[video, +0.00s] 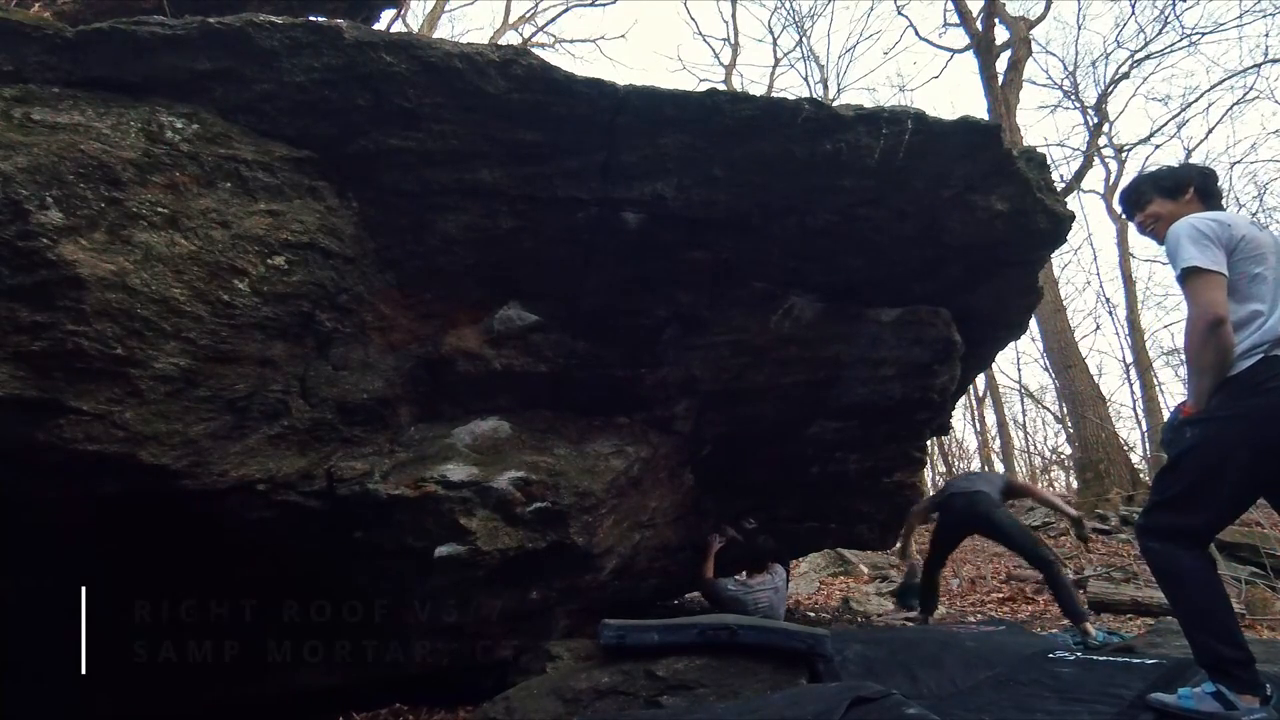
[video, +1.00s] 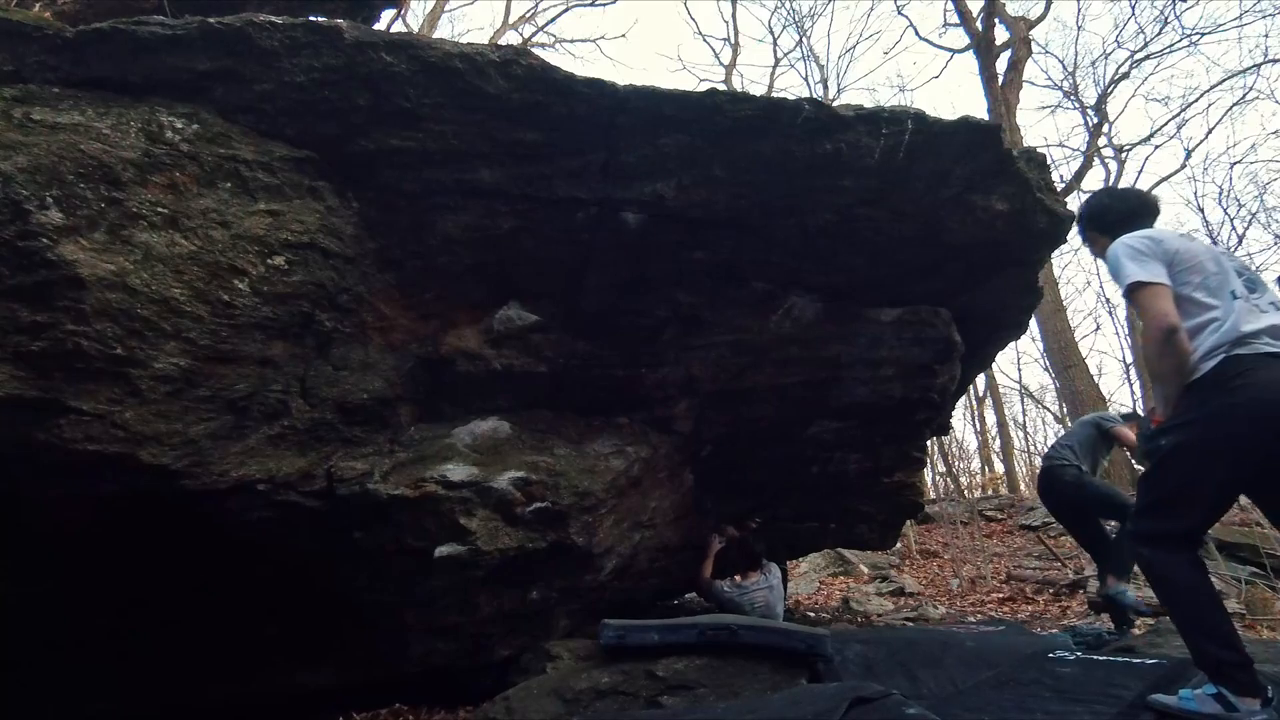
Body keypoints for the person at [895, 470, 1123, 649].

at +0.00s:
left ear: (963, 479)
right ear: (994, 478)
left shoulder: (946, 489)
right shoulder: (1001, 481)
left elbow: (913, 514)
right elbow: (1038, 493)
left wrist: (905, 553)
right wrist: (1077, 519)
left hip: (951, 512)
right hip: (987, 508)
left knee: (932, 565)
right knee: (1048, 562)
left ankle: (924, 618)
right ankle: (1087, 630)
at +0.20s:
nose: (1068, 463)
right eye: (1068, 459)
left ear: (1037, 448)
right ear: (1058, 449)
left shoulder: (1009, 457)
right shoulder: (1055, 449)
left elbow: (966, 482)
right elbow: (1073, 473)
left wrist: (967, 527)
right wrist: (1096, 518)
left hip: (983, 493)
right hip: (1018, 492)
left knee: (964, 554)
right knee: (1068, 556)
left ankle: (929, 610)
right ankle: (1091, 628)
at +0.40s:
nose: (1096, 443)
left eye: (1098, 439)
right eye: (1097, 438)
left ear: (1071, 422)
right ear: (1089, 428)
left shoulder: (1050, 433)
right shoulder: (1080, 428)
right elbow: (1090, 454)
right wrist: (1099, 501)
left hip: (1006, 478)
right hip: (1036, 478)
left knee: (1040, 546)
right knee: (1076, 550)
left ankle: (1005, 584)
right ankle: (1092, 626)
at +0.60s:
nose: (1108, 425)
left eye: (1110, 421)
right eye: (1108, 419)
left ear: (1088, 407)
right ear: (1099, 410)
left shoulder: (1066, 419)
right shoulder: (1087, 415)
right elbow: (1102, 449)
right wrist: (1111, 486)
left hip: (1030, 479)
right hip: (1049, 477)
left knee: (1093, 541)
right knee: (1088, 545)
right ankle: (1091, 624)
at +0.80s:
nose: (1119, 426)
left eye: (1121, 422)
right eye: (1120, 419)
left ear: (1106, 410)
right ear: (1112, 409)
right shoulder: (1091, 411)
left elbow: (1088, 491)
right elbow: (1122, 442)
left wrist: (1130, 493)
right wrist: (1142, 476)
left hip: (1048, 486)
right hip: (1066, 481)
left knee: (1102, 552)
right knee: (1118, 545)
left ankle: (1123, 621)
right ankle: (1102, 614)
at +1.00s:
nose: (1133, 439)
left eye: (1133, 436)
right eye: (1135, 435)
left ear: (1129, 427)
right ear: (1130, 424)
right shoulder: (1105, 418)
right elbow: (1132, 443)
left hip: (1048, 484)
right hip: (1065, 475)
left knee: (1103, 550)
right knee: (1133, 514)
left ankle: (1124, 626)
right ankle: (1116, 583)